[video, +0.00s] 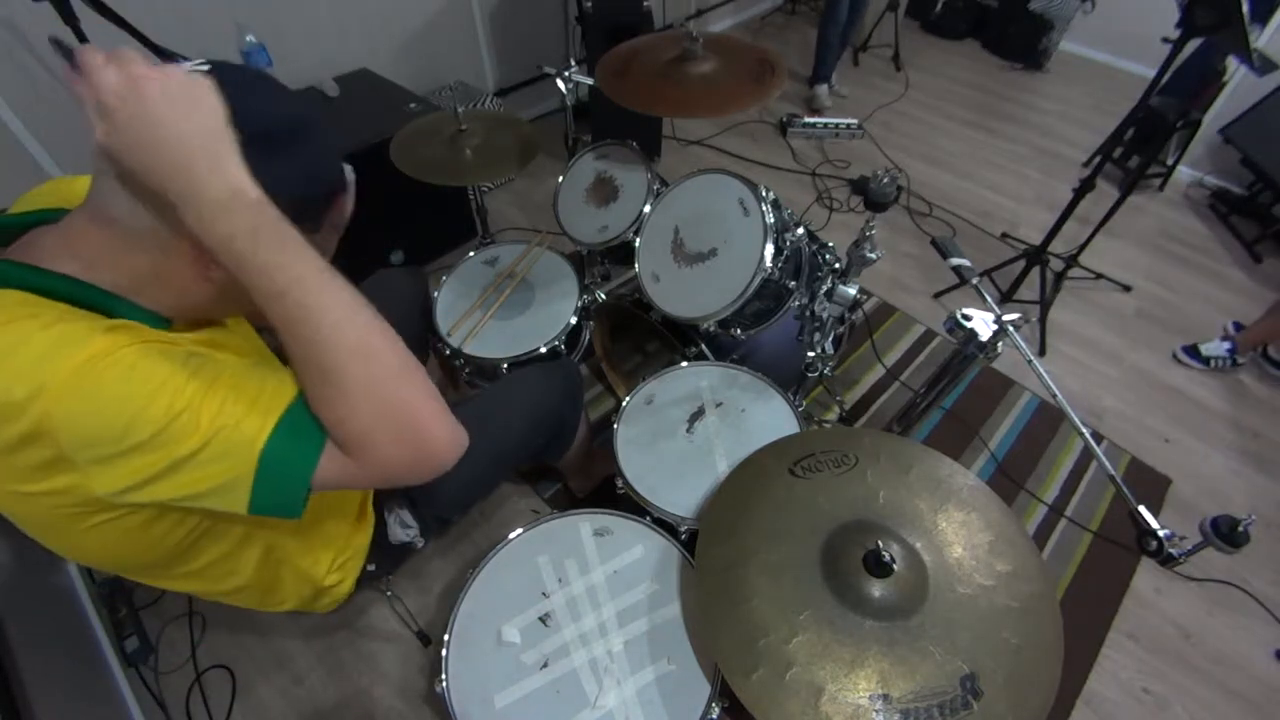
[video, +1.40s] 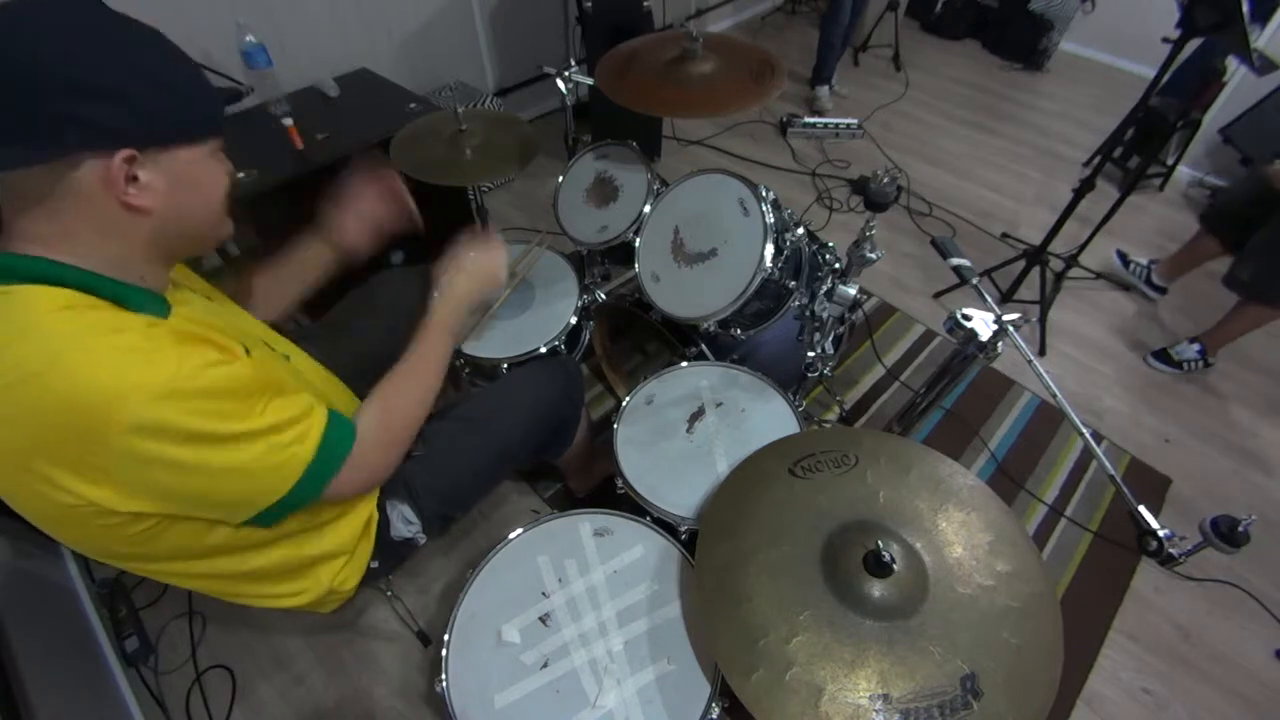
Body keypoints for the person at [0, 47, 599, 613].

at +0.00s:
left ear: (123, 180)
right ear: (215, 258)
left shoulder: (51, 209)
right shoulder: (85, 396)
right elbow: (422, 441)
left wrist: (315, 244)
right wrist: (218, 193)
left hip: (243, 377)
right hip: (334, 519)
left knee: (414, 285)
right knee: (555, 382)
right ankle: (580, 468)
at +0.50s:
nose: (292, 208)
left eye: (287, 187)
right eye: (272, 195)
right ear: (161, 217)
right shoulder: (78, 366)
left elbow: (318, 287)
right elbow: (425, 391)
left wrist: (327, 184)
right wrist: (190, 156)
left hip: (269, 364)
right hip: (341, 503)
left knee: (488, 277)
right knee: (553, 376)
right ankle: (575, 470)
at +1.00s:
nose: (283, 188)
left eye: (268, 160)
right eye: (245, 175)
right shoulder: (72, 368)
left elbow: (323, 246)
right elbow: (431, 379)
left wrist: (263, 108)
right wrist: (155, 191)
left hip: (265, 355)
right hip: (339, 503)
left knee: (486, 277)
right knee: (552, 378)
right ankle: (572, 470)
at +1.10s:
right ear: (28, 180)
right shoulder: (51, 371)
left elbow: (320, 249)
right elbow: (429, 385)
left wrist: (253, 118)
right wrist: (187, 174)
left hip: (285, 343)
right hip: (340, 499)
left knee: (496, 274)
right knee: (551, 375)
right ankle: (574, 471)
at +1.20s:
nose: (256, 204)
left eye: (243, 179)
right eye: (231, 185)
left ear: (140, 195)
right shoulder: (92, 383)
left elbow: (288, 257)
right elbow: (416, 422)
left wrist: (272, 134)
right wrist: (272, 156)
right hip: (348, 507)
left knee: (473, 273)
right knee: (552, 377)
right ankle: (577, 469)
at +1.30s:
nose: (250, 196)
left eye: (248, 177)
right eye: (236, 176)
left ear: (137, 190)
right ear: (142, 189)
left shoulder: (78, 251)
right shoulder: (112, 392)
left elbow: (262, 297)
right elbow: (388, 461)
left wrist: (277, 183)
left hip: (279, 393)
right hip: (349, 516)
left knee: (426, 292)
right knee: (554, 375)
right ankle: (567, 472)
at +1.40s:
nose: (232, 172)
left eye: (223, 151)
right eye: (214, 154)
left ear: (128, 182)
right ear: (132, 180)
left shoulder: (73, 263)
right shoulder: (134, 390)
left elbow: (221, 321)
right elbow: (363, 463)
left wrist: (332, 241)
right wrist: (453, 302)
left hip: (271, 399)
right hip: (350, 523)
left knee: (420, 283)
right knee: (555, 376)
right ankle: (574, 471)